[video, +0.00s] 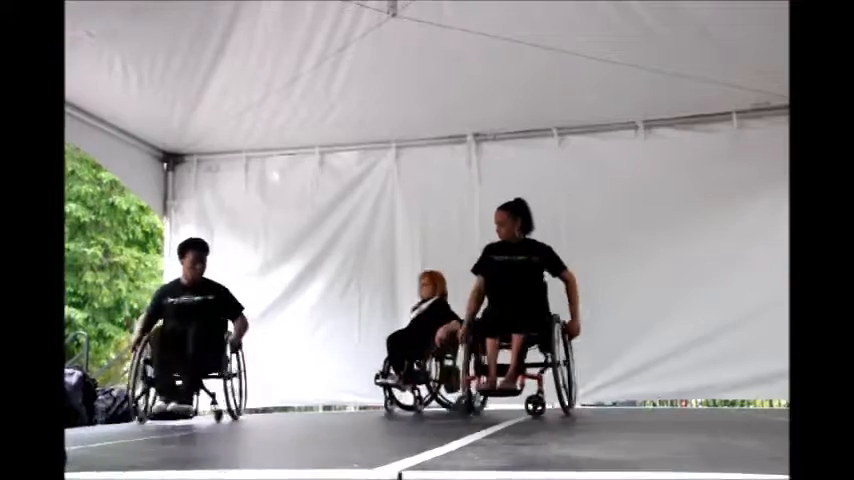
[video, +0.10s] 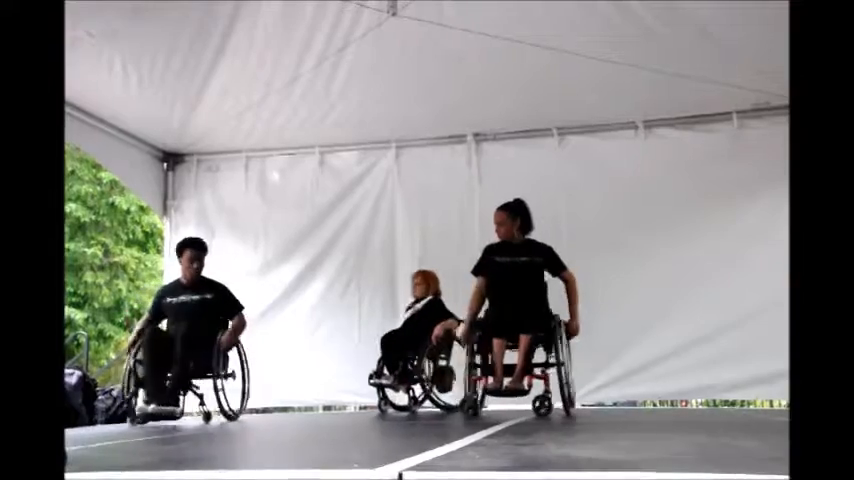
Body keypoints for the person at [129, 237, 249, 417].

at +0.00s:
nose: (200, 266)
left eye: (203, 262)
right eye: (195, 261)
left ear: (206, 262)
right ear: (182, 261)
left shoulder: (217, 292)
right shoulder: (166, 292)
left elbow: (241, 321)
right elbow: (148, 318)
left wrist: (236, 338)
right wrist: (138, 338)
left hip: (208, 352)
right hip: (177, 352)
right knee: (158, 336)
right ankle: (165, 399)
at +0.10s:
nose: (197, 265)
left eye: (200, 260)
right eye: (192, 260)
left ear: (204, 261)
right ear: (180, 260)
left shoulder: (217, 291)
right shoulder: (166, 293)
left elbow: (239, 321)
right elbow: (149, 321)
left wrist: (229, 339)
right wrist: (135, 339)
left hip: (208, 354)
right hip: (177, 353)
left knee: (186, 333)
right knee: (151, 334)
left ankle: (171, 399)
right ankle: (155, 400)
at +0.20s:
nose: (191, 264)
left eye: (195, 260)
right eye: (186, 259)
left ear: (201, 260)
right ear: (178, 260)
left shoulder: (215, 289)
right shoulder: (167, 293)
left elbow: (234, 318)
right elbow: (152, 322)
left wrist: (220, 334)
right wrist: (133, 339)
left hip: (206, 356)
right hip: (176, 355)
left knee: (170, 335)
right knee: (142, 334)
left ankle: (158, 401)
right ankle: (141, 402)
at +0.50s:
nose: (183, 260)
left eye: (189, 255)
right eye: (179, 255)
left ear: (198, 257)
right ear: (173, 258)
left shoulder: (208, 286)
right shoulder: (165, 291)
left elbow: (217, 315)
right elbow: (153, 319)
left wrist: (201, 340)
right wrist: (130, 337)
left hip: (194, 350)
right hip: (167, 348)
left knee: (156, 333)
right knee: (131, 333)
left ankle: (140, 400)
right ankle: (125, 398)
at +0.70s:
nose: (184, 260)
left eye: (190, 255)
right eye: (180, 255)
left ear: (198, 257)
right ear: (173, 257)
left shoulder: (208, 286)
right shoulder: (165, 290)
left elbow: (216, 315)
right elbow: (152, 320)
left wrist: (201, 342)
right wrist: (126, 340)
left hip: (195, 350)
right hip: (167, 348)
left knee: (158, 332)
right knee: (132, 333)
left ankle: (142, 399)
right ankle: (127, 397)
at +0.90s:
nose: (186, 260)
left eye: (191, 255)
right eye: (182, 255)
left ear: (200, 257)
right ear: (175, 258)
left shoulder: (210, 287)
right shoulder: (165, 290)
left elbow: (219, 315)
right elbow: (147, 319)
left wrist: (205, 342)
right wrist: (122, 341)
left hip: (195, 351)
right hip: (167, 348)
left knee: (161, 331)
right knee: (133, 333)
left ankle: (143, 399)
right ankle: (128, 398)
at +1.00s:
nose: (188, 259)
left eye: (193, 254)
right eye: (183, 254)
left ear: (201, 257)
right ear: (176, 257)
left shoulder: (211, 287)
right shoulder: (166, 290)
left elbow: (221, 317)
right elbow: (142, 319)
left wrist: (206, 342)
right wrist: (114, 346)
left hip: (199, 353)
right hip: (170, 351)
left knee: (163, 331)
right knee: (135, 333)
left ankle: (144, 399)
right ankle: (130, 398)